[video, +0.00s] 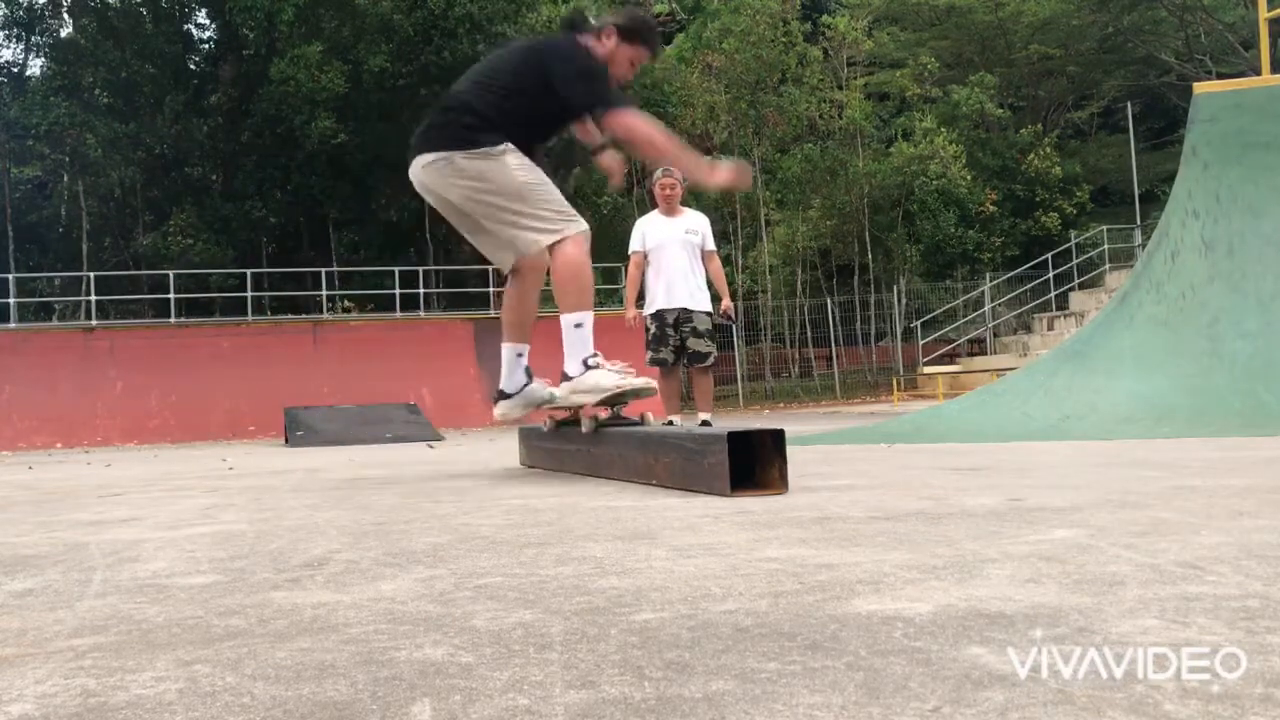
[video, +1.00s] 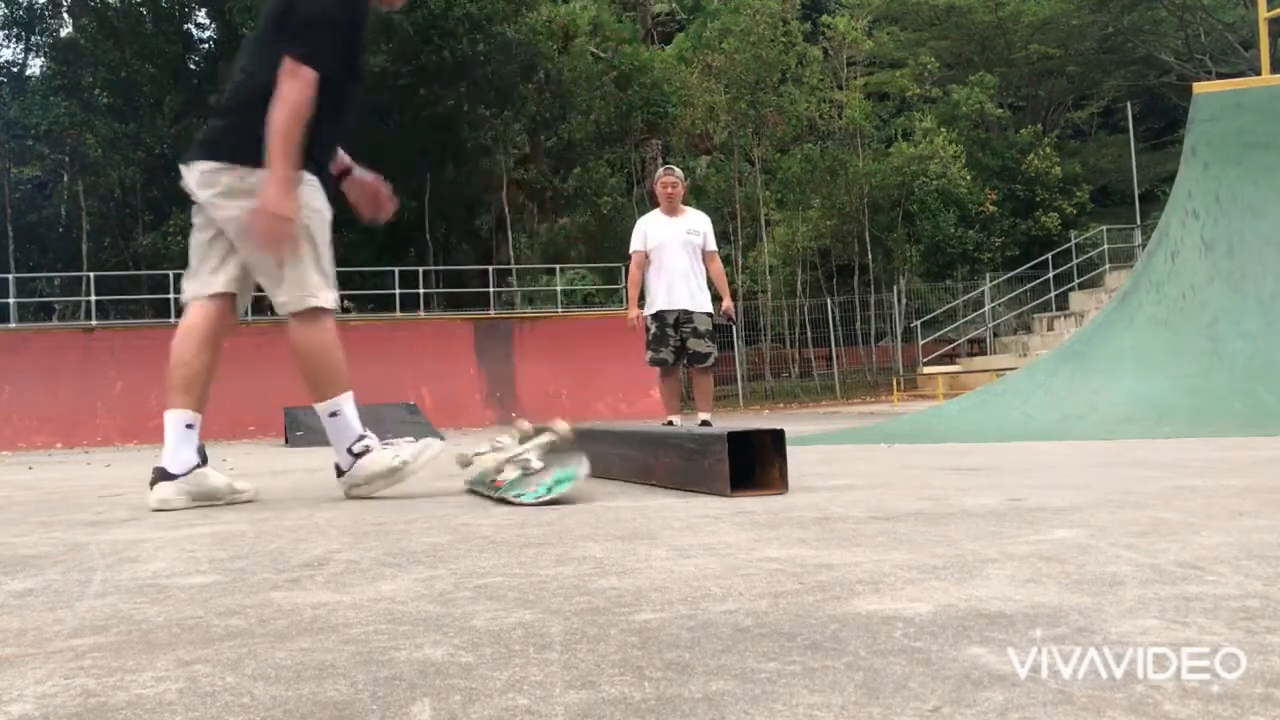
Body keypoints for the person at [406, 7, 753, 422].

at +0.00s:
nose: (630, 76)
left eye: (637, 69)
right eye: (632, 62)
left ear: (601, 37)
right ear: (608, 38)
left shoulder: (558, 56)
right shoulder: (578, 58)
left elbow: (577, 117)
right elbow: (626, 124)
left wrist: (602, 153)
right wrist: (703, 169)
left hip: (432, 160)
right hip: (468, 151)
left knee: (529, 260)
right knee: (569, 234)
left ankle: (514, 387)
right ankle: (581, 367)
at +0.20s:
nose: (652, 90)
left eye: (660, 83)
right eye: (655, 76)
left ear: (629, 49)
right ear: (632, 49)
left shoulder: (574, 56)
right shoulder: (589, 67)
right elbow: (558, 147)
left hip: (432, 145)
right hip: (470, 143)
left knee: (515, 252)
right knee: (578, 234)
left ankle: (506, 382)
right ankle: (583, 372)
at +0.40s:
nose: (621, 33)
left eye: (629, 26)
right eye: (623, 19)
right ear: (596, 2)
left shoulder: (527, 10)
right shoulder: (554, 32)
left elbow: (444, 9)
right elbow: (486, 86)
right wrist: (425, 146)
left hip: (425, 149)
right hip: (475, 150)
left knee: (505, 258)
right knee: (566, 244)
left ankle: (503, 393)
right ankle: (590, 380)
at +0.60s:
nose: (547, 10)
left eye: (551, 6)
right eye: (549, 3)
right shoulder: (496, 6)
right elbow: (485, 76)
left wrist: (264, 2)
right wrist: (495, 165)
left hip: (402, 138)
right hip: (370, 139)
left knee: (464, 247)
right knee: (433, 263)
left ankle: (461, 391)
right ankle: (420, 423)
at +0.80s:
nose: (480, 14)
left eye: (484, 8)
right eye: (480, 4)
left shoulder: (363, 11)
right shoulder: (410, 22)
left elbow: (297, 71)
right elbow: (425, 119)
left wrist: (246, 145)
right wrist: (498, 202)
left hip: (289, 179)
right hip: (331, 182)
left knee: (351, 314)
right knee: (386, 312)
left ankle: (267, 432)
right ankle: (374, 458)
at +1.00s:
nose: (403, 2)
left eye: (403, 1)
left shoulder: (329, 17)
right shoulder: (334, 8)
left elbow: (299, 108)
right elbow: (294, 83)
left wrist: (347, 172)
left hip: (222, 165)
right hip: (261, 169)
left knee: (207, 306)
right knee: (309, 308)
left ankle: (178, 467)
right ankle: (354, 453)